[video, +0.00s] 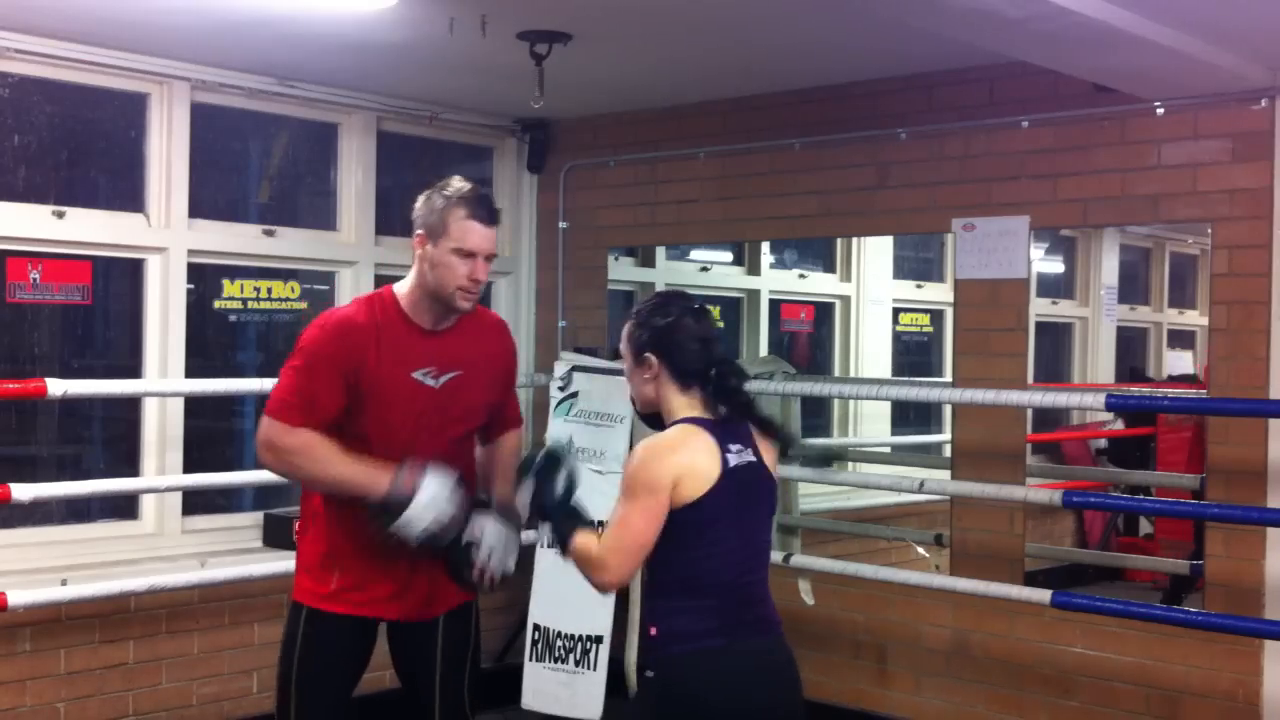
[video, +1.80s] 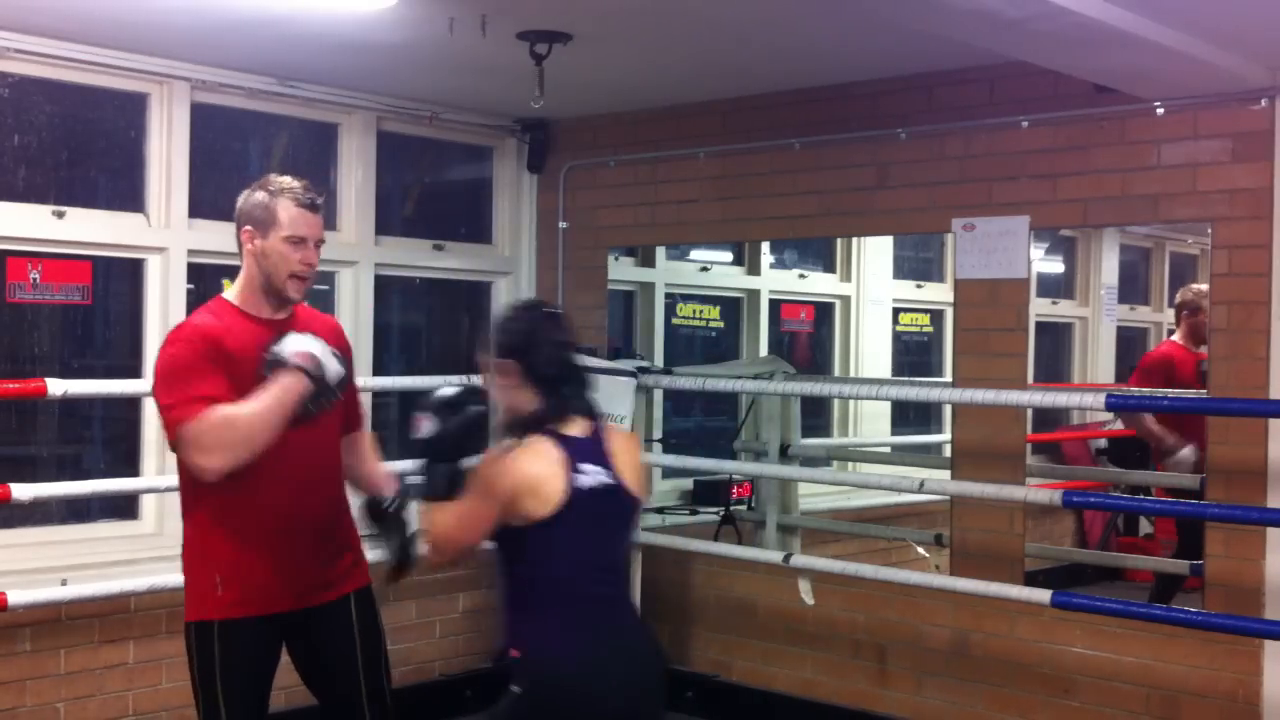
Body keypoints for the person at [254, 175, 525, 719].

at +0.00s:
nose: (480, 274)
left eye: (488, 259)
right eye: (465, 255)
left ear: (494, 257)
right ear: (421, 247)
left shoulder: (492, 338)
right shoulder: (344, 331)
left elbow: (502, 431)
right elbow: (277, 440)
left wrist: (501, 511)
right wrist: (399, 483)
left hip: (442, 585)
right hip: (338, 582)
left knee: (448, 709)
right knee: (307, 711)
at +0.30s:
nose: (431, 264)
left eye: (439, 249)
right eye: (416, 244)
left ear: (444, 253)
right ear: (370, 241)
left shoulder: (446, 342)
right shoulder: (290, 334)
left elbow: (483, 430)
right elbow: (224, 442)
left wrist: (485, 477)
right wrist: (329, 469)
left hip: (400, 587)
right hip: (297, 583)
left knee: (419, 711)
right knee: (263, 711)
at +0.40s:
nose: (392, 262)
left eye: (399, 247)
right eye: (377, 243)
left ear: (404, 249)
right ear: (330, 240)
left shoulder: (408, 335)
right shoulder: (260, 334)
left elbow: (456, 437)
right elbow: (233, 451)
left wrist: (474, 413)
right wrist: (327, 393)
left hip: (376, 584)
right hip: (273, 588)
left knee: (407, 710)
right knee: (250, 711)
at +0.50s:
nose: (364, 257)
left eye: (370, 243)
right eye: (348, 240)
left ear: (378, 243)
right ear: (300, 237)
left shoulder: (383, 329)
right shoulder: (239, 326)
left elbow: (454, 417)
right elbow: (245, 434)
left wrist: (455, 337)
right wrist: (308, 337)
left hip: (359, 577)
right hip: (257, 579)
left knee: (396, 710)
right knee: (242, 712)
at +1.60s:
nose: (307, 260)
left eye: (314, 246)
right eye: (292, 245)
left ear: (321, 242)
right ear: (246, 239)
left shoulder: (333, 324)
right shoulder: (193, 324)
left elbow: (386, 421)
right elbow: (180, 414)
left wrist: (396, 372)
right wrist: (253, 318)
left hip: (344, 577)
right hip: (242, 585)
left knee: (375, 709)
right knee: (238, 713)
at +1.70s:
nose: (306, 256)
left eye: (312, 241)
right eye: (290, 239)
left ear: (316, 242)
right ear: (245, 239)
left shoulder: (331, 330)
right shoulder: (188, 333)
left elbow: (369, 424)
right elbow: (180, 435)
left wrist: (402, 438)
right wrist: (255, 335)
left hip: (338, 578)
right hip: (236, 589)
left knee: (371, 708)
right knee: (231, 715)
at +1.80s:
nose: (312, 259)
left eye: (317, 245)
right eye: (296, 242)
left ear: (322, 247)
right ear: (250, 242)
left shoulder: (324, 333)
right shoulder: (194, 341)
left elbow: (353, 440)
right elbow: (208, 452)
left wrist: (388, 493)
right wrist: (296, 376)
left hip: (333, 581)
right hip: (233, 594)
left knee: (368, 708)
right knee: (233, 714)